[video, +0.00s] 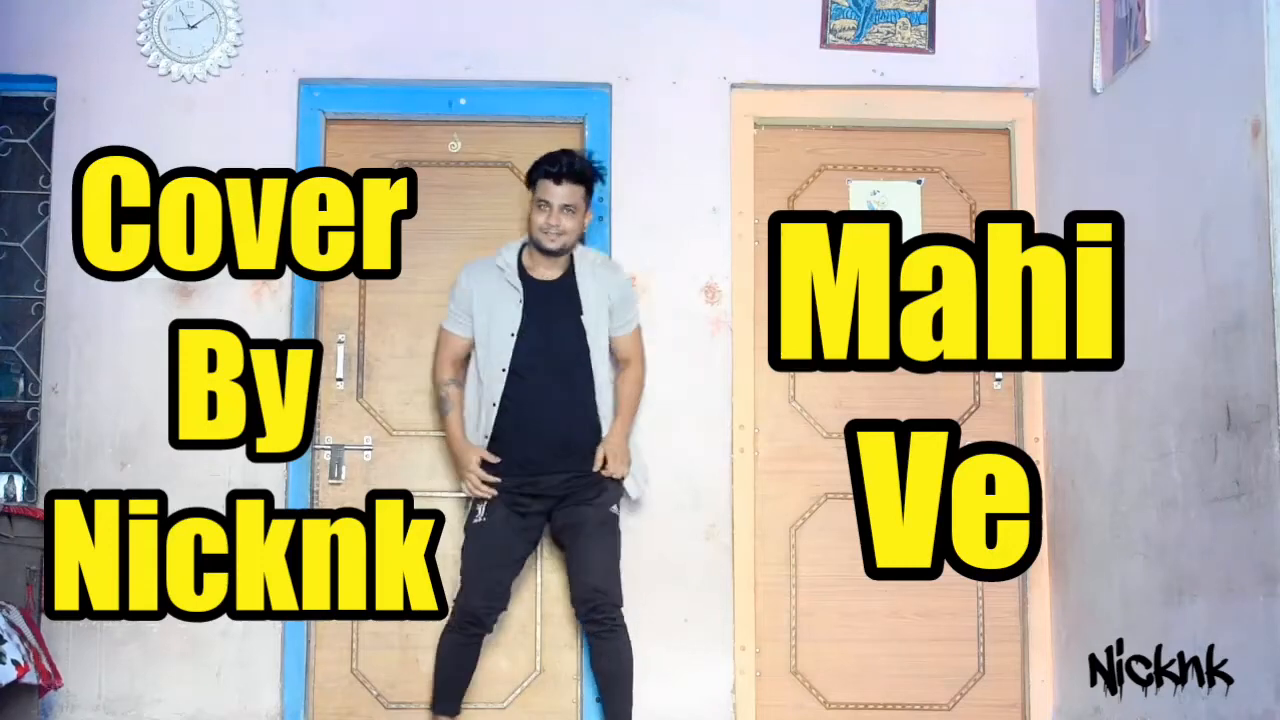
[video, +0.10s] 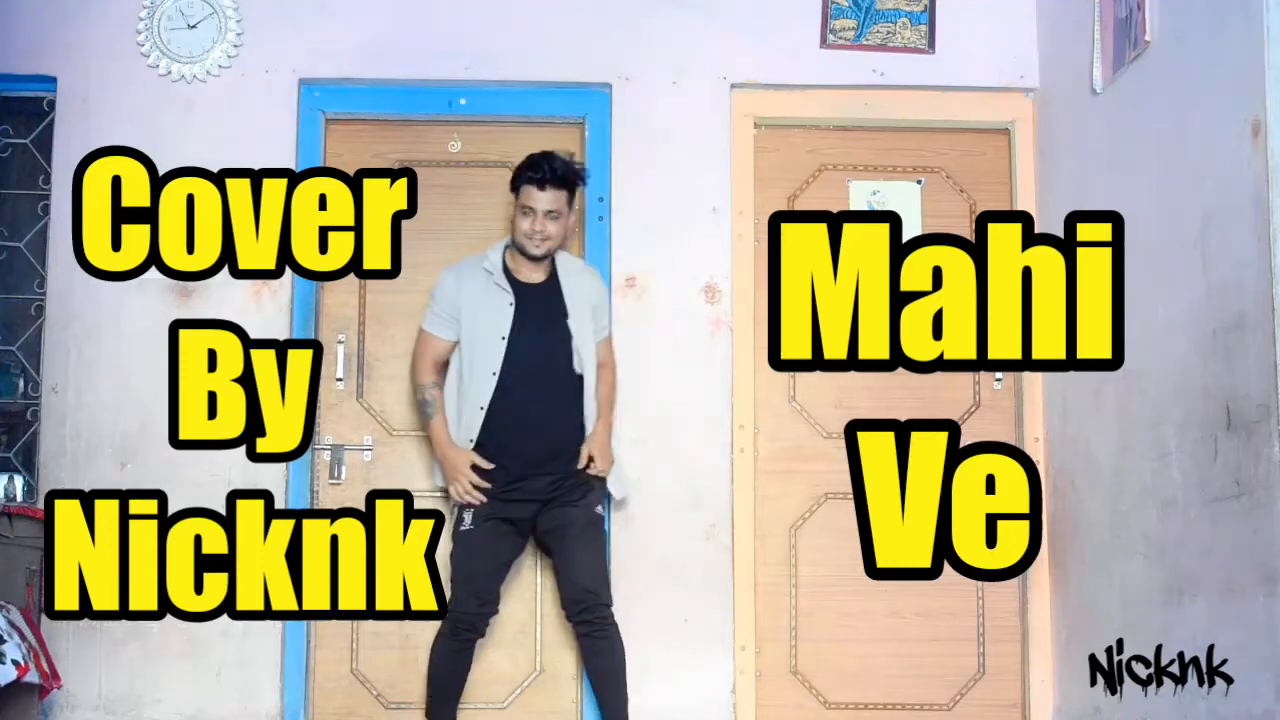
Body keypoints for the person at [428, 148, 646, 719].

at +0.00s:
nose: (553, 220)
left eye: (569, 209)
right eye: (544, 206)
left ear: (587, 217)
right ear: (529, 208)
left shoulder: (608, 280)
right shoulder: (480, 280)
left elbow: (631, 362)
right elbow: (449, 368)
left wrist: (620, 434)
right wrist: (460, 445)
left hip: (587, 484)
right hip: (507, 485)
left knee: (602, 613)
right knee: (473, 613)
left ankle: (621, 719)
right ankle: (442, 715)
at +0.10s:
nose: (538, 227)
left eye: (553, 215)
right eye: (528, 212)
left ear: (571, 219)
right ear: (511, 210)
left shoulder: (587, 283)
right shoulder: (462, 283)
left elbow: (604, 362)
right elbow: (427, 369)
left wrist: (603, 430)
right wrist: (446, 449)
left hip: (571, 486)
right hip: (491, 489)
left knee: (593, 613)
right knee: (467, 618)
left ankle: (618, 718)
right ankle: (439, 718)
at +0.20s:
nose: (524, 236)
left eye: (538, 225)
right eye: (513, 222)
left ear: (554, 224)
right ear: (495, 213)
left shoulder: (564, 286)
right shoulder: (445, 283)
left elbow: (575, 367)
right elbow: (409, 370)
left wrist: (578, 434)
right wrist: (430, 452)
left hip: (554, 487)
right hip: (473, 491)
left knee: (583, 608)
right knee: (458, 618)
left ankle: (617, 717)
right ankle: (436, 719)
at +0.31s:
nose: (513, 252)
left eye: (527, 240)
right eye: (503, 236)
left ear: (542, 233)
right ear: (481, 221)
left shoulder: (543, 286)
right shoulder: (430, 287)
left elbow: (557, 368)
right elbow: (392, 376)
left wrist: (562, 435)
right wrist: (423, 457)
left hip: (537, 489)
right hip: (459, 493)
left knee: (573, 605)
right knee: (450, 620)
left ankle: (606, 717)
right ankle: (436, 719)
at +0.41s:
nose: (505, 259)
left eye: (518, 247)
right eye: (494, 243)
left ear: (534, 241)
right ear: (473, 228)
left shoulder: (529, 289)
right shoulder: (424, 293)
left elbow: (536, 372)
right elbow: (383, 380)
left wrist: (544, 434)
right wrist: (419, 458)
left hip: (525, 486)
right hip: (452, 491)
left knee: (564, 601)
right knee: (447, 621)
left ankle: (577, 716)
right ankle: (435, 719)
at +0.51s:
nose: (501, 250)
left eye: (514, 238)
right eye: (490, 235)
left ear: (527, 232)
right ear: (468, 222)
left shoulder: (522, 286)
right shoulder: (425, 284)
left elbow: (525, 370)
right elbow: (384, 373)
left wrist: (533, 431)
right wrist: (417, 457)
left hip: (517, 484)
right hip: (446, 489)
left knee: (552, 602)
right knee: (445, 620)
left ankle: (543, 717)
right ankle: (434, 719)